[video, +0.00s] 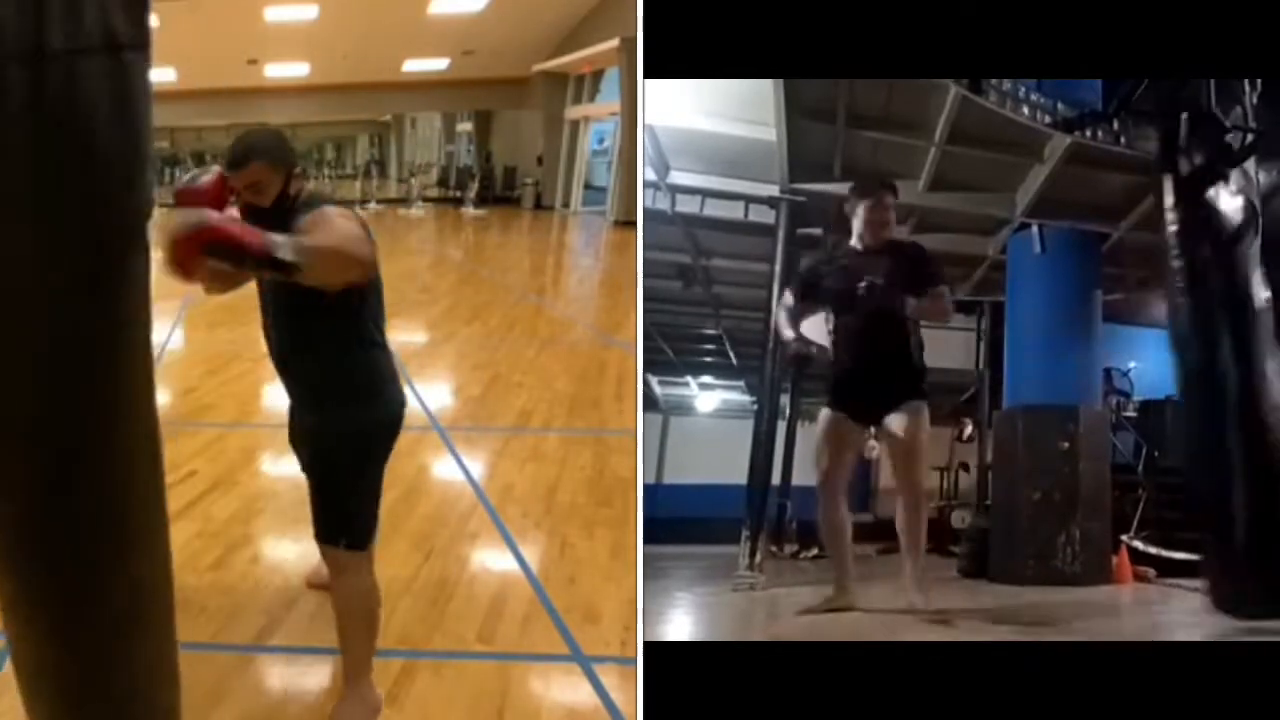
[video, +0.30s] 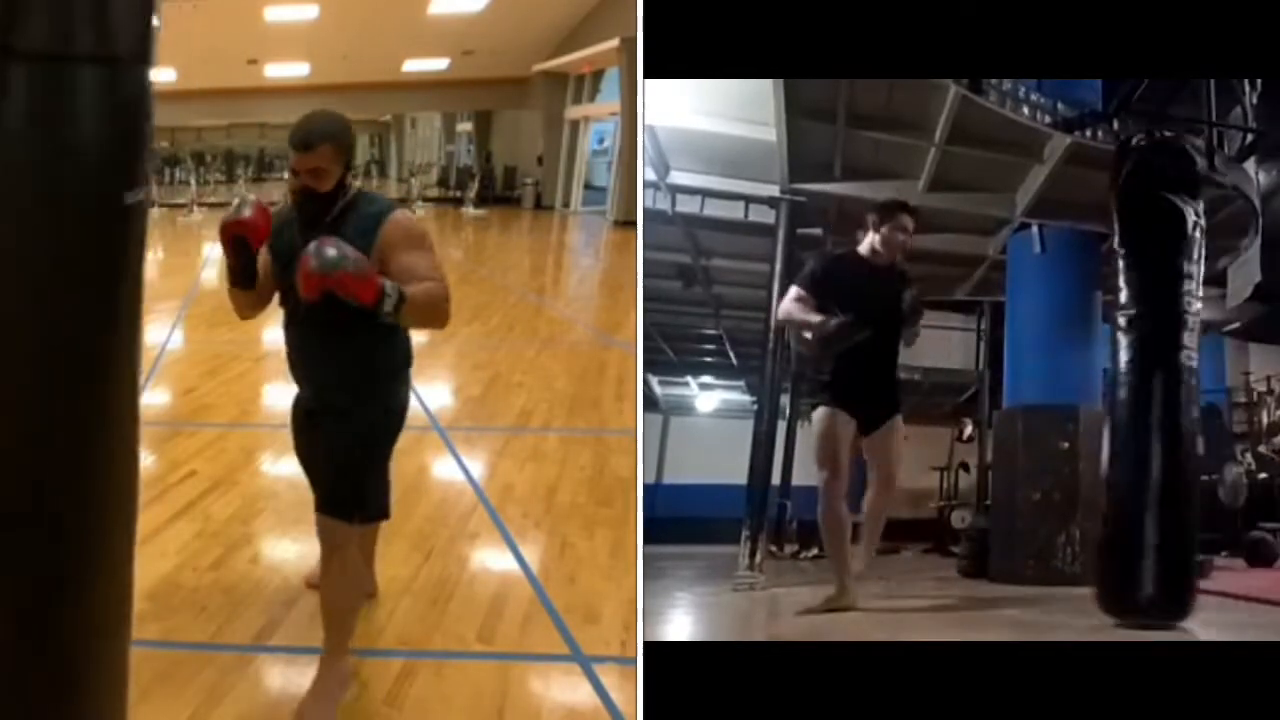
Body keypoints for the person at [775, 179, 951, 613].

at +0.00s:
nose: (883, 215)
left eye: (887, 207)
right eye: (874, 207)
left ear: (895, 213)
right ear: (853, 212)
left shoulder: (911, 256)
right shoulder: (830, 263)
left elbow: (943, 309)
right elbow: (786, 308)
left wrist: (906, 304)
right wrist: (792, 337)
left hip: (901, 380)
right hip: (848, 381)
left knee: (910, 480)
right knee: (829, 480)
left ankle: (914, 587)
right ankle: (842, 588)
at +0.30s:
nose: (904, 240)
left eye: (909, 234)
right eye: (898, 230)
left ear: (908, 240)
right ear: (874, 230)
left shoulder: (897, 280)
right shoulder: (832, 266)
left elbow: (903, 339)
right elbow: (787, 309)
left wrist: (910, 322)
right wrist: (822, 322)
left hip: (882, 388)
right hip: (836, 387)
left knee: (884, 482)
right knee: (832, 482)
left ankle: (865, 560)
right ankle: (843, 587)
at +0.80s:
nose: (894, 261)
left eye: (900, 256)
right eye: (889, 253)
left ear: (902, 263)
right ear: (867, 253)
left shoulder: (894, 302)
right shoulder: (837, 287)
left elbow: (914, 354)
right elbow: (799, 324)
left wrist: (919, 330)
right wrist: (849, 314)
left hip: (870, 405)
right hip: (830, 399)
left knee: (852, 492)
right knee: (817, 486)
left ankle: (828, 575)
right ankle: (790, 573)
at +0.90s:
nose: (890, 264)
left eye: (895, 258)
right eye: (884, 255)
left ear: (898, 266)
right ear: (864, 256)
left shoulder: (889, 304)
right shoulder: (837, 289)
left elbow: (881, 349)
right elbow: (811, 324)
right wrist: (864, 311)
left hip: (871, 405)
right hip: (829, 401)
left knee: (881, 491)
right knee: (805, 489)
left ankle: (842, 561)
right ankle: (787, 574)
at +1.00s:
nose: (889, 264)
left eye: (894, 260)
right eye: (884, 256)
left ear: (896, 268)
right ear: (863, 257)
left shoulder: (889, 306)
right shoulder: (833, 289)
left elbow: (881, 343)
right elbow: (812, 327)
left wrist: (908, 361)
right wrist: (864, 318)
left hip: (867, 406)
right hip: (825, 402)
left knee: (897, 459)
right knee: (799, 483)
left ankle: (865, 546)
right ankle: (788, 576)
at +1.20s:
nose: (901, 268)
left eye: (906, 263)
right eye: (896, 260)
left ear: (907, 270)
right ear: (875, 258)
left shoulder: (901, 304)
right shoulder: (843, 291)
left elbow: (908, 338)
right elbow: (806, 331)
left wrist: (922, 358)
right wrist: (856, 334)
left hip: (879, 400)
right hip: (836, 398)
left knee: (908, 477)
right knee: (805, 485)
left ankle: (921, 573)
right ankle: (787, 578)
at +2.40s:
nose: (869, 253)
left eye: (876, 248)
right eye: (863, 246)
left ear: (886, 256)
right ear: (846, 251)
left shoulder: (896, 295)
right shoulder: (817, 293)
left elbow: (932, 346)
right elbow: (777, 344)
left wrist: (945, 372)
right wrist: (792, 337)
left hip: (875, 404)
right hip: (827, 405)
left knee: (870, 480)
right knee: (787, 495)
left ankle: (888, 596)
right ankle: (795, 591)